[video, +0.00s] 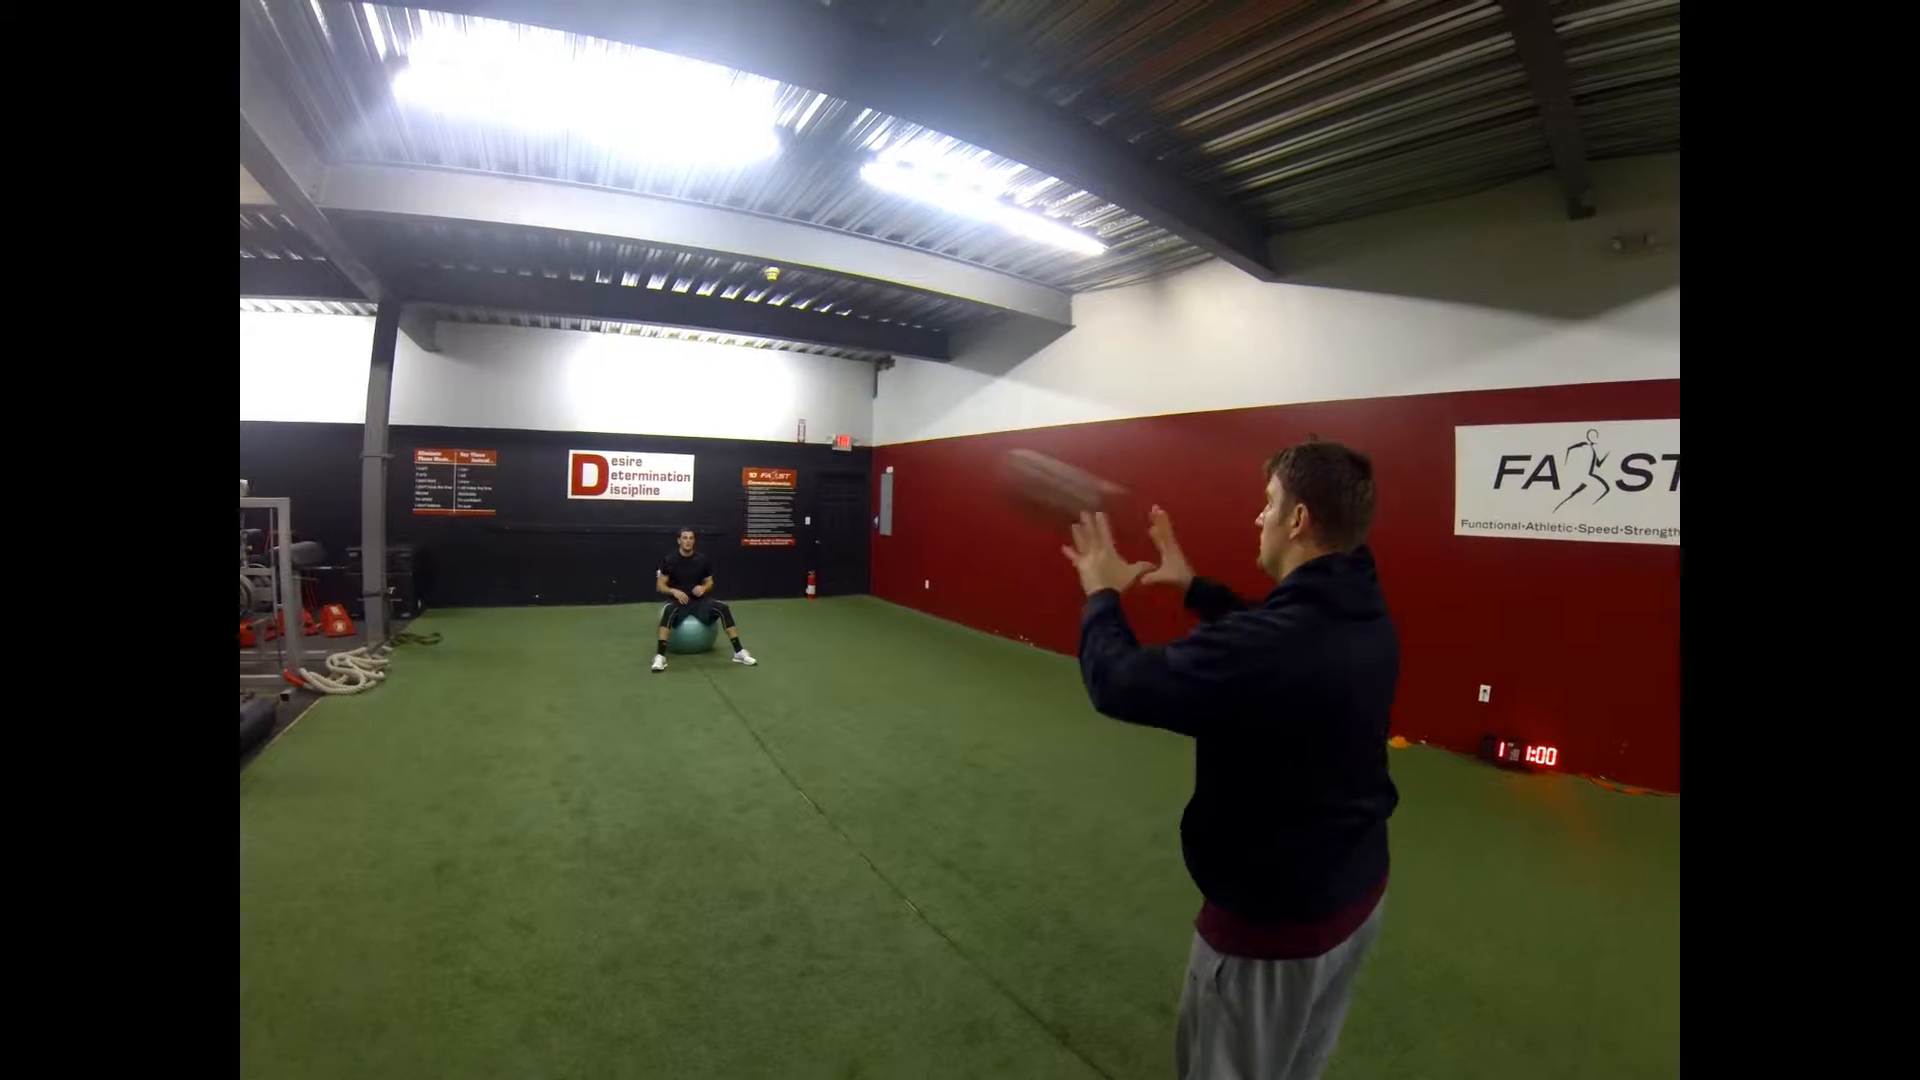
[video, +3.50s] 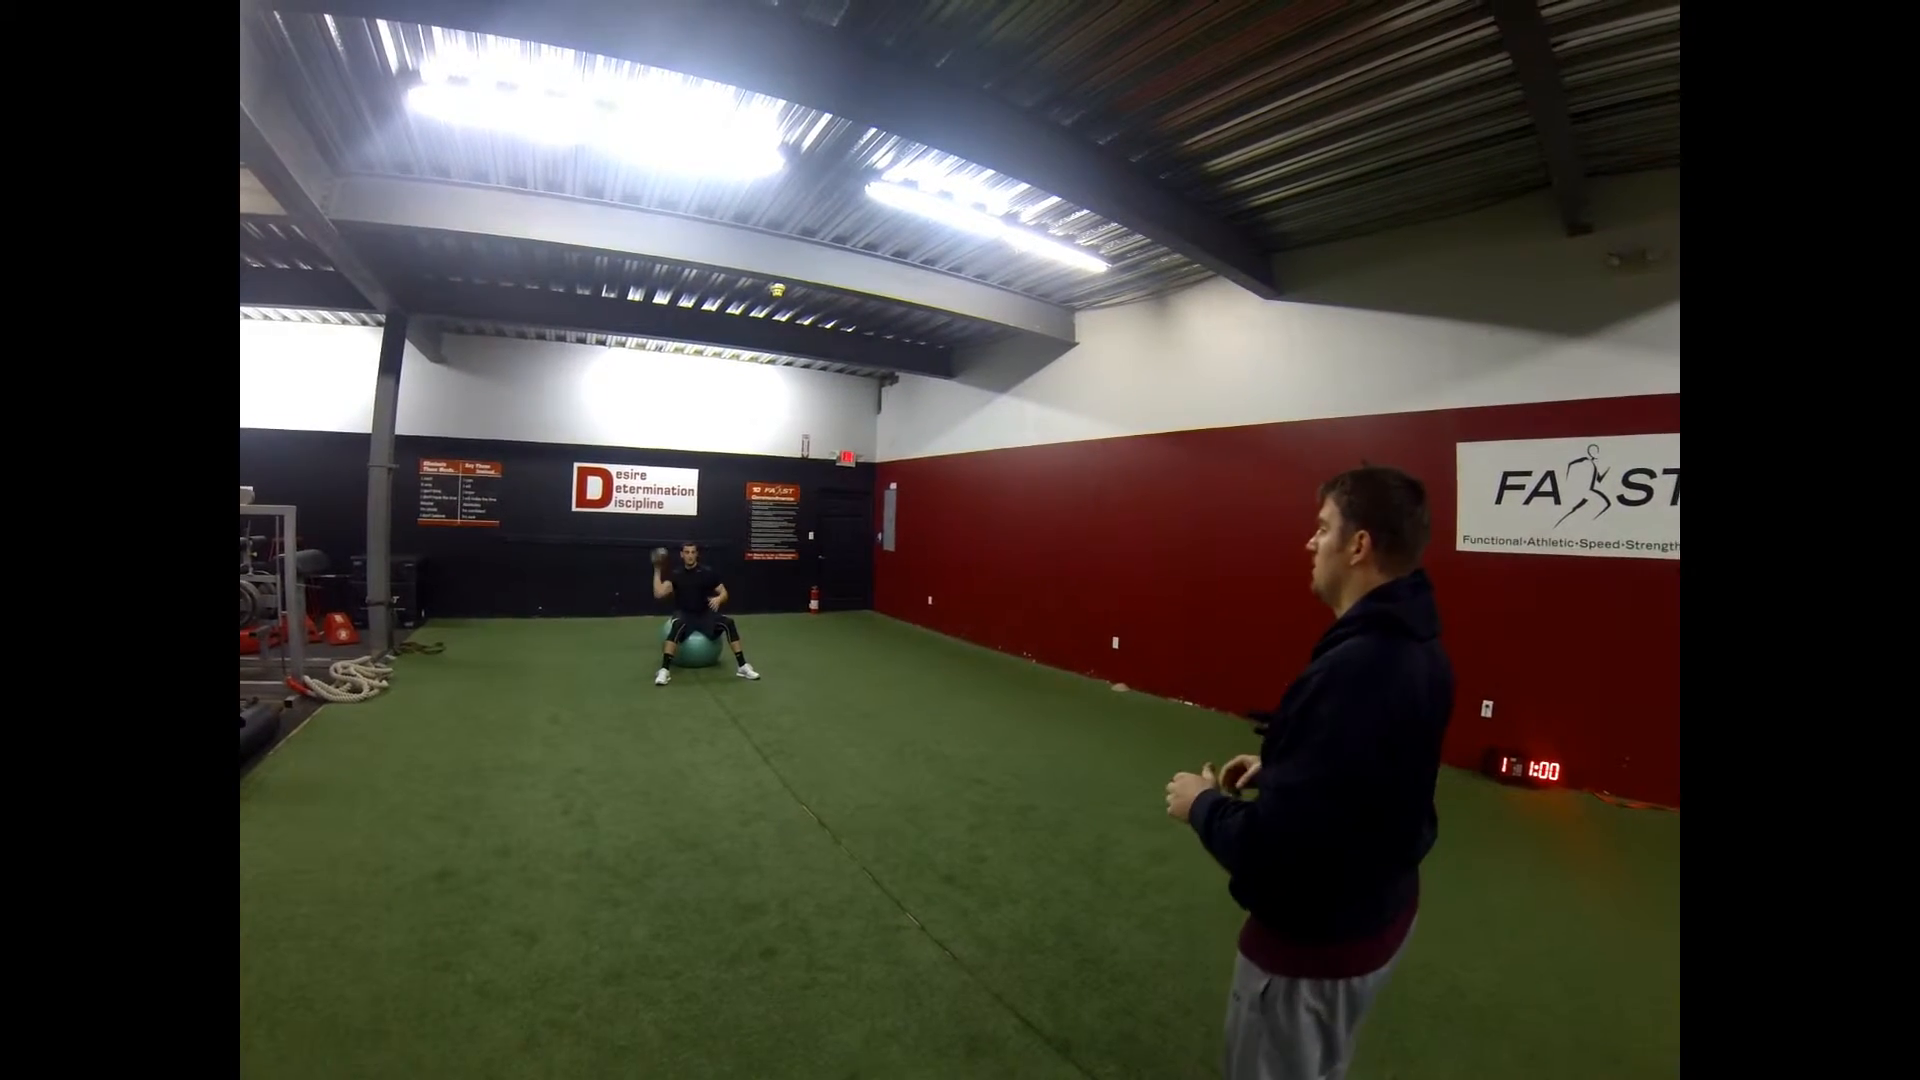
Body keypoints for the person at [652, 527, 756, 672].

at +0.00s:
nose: (688, 541)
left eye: (691, 538)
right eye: (685, 538)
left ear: (694, 541)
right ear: (679, 540)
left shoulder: (702, 559)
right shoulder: (670, 560)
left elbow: (710, 582)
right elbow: (660, 586)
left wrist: (703, 588)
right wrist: (674, 592)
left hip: (699, 601)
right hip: (679, 602)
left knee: (723, 608)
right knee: (668, 610)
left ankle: (739, 652)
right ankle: (660, 656)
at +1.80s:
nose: (700, 543)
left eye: (703, 540)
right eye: (697, 539)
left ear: (706, 542)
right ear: (691, 542)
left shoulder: (714, 561)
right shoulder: (682, 562)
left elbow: (723, 587)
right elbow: (674, 587)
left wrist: (718, 582)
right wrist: (692, 582)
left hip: (709, 603)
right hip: (688, 604)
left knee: (730, 611)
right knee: (677, 612)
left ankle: (746, 653)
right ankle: (668, 657)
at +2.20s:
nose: (698, 553)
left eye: (701, 550)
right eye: (695, 550)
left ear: (705, 550)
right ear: (689, 548)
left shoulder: (708, 564)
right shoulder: (680, 564)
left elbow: (714, 587)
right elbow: (685, 590)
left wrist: (717, 602)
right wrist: (701, 602)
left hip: (707, 603)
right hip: (687, 604)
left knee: (731, 614)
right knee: (675, 616)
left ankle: (746, 657)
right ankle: (667, 660)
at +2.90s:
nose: (700, 563)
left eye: (703, 560)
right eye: (698, 559)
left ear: (705, 560)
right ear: (690, 557)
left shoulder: (708, 573)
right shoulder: (677, 573)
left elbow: (716, 598)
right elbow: (669, 598)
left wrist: (712, 597)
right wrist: (689, 598)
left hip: (704, 612)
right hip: (684, 613)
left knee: (728, 622)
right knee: (674, 623)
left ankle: (745, 664)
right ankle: (666, 668)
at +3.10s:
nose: (691, 562)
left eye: (694, 559)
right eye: (688, 559)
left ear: (700, 558)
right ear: (685, 557)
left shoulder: (708, 573)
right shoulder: (677, 572)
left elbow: (710, 599)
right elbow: (661, 591)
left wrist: (693, 593)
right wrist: (670, 595)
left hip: (702, 612)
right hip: (682, 611)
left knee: (726, 623)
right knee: (674, 625)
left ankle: (743, 665)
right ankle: (664, 669)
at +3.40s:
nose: (690, 557)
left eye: (693, 554)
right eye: (687, 554)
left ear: (697, 556)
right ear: (681, 555)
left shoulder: (706, 573)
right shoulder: (676, 575)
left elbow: (720, 597)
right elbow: (669, 598)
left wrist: (708, 603)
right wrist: (659, 586)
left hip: (704, 615)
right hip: (684, 615)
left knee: (727, 623)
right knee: (677, 626)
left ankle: (742, 667)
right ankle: (664, 670)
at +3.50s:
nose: (690, 555)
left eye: (693, 552)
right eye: (687, 552)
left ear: (697, 554)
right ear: (682, 554)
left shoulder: (707, 572)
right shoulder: (677, 574)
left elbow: (724, 593)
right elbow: (659, 593)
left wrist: (718, 599)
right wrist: (657, 569)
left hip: (705, 615)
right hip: (684, 616)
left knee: (728, 623)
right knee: (677, 625)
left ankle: (742, 666)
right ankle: (664, 670)